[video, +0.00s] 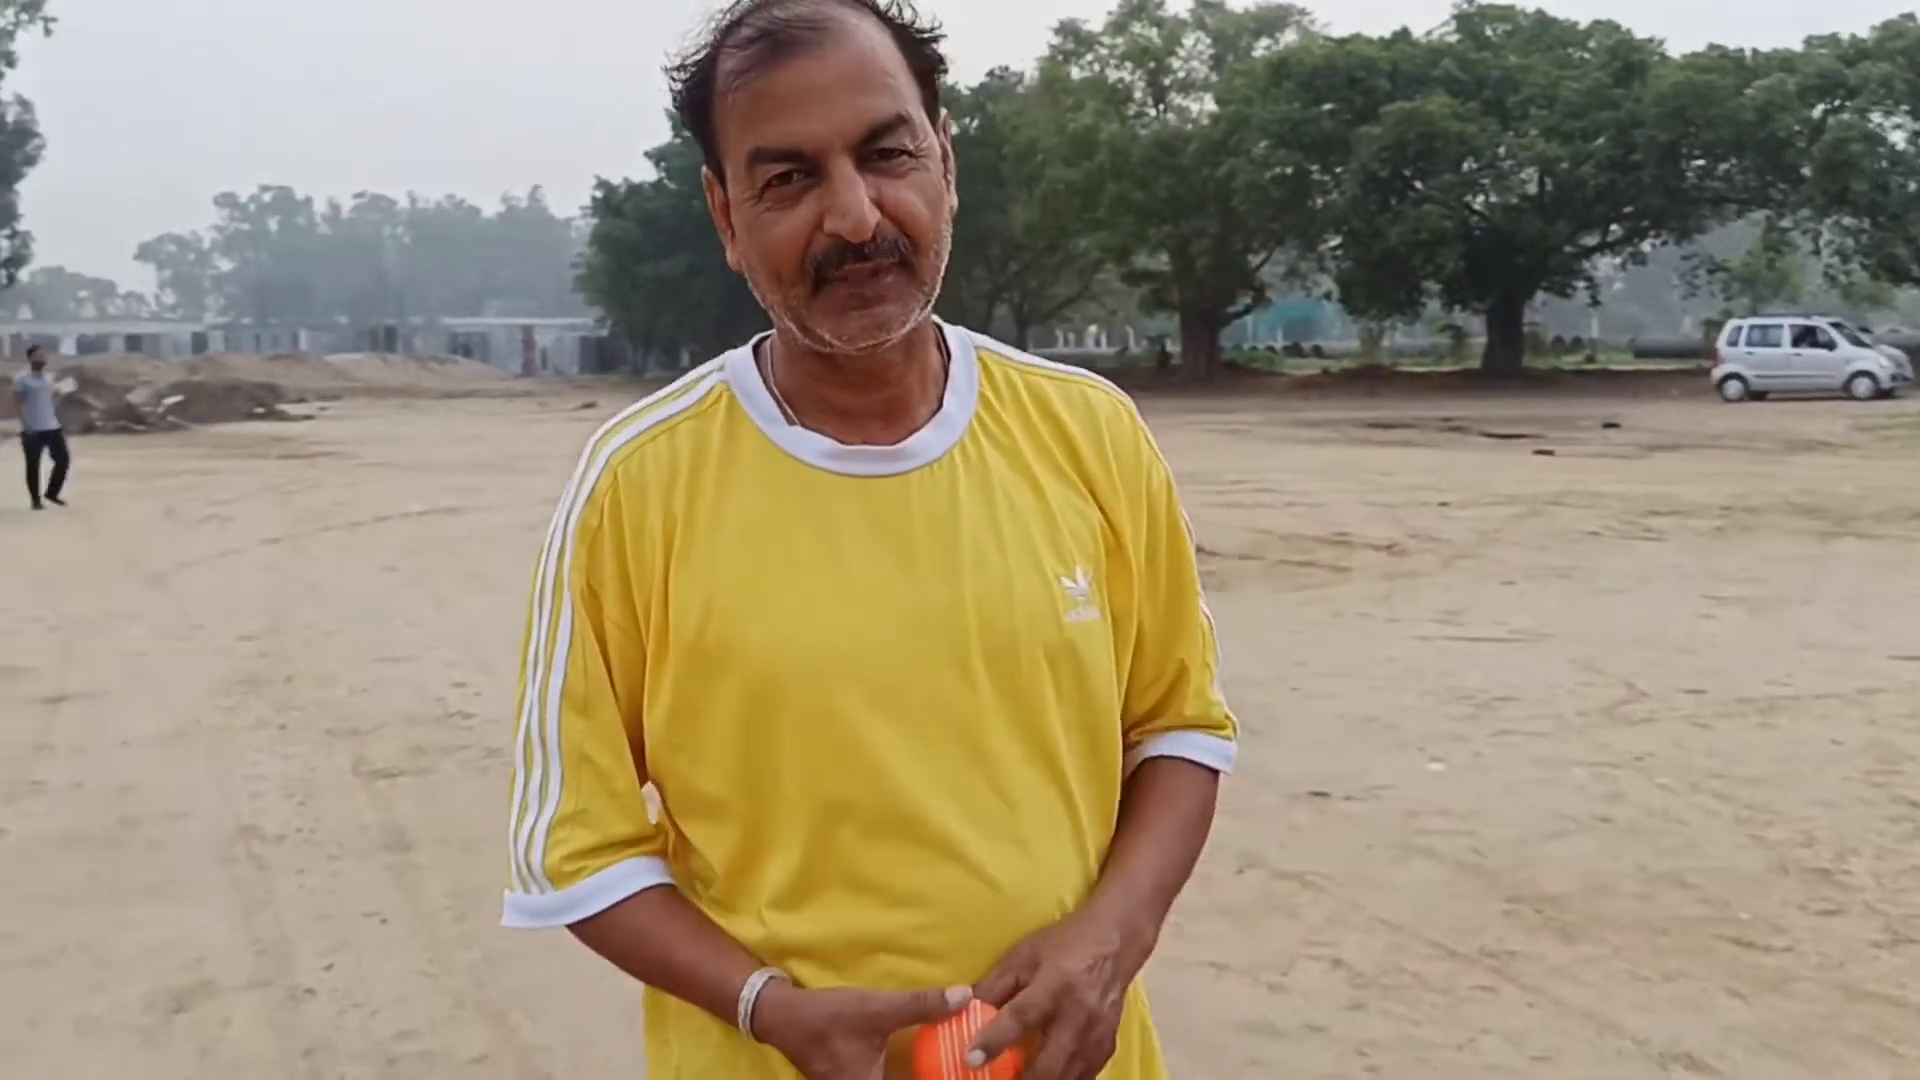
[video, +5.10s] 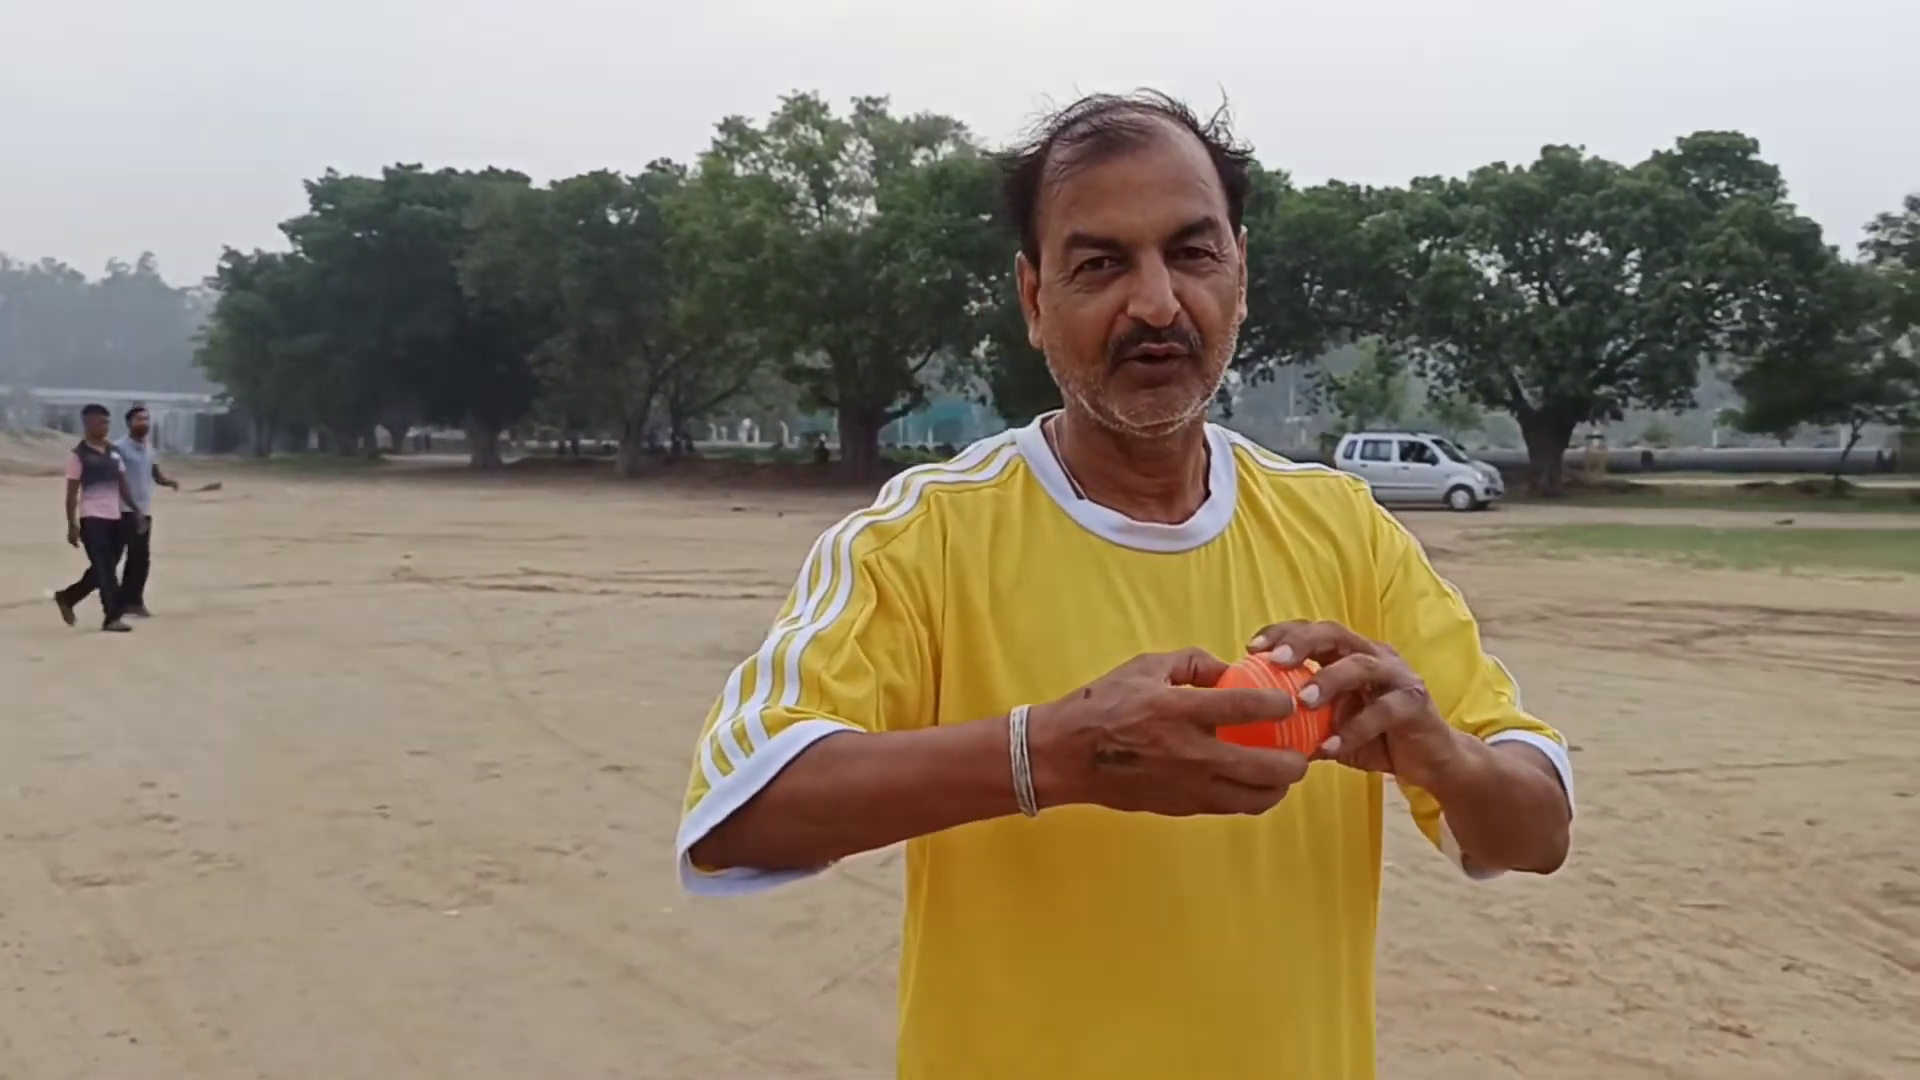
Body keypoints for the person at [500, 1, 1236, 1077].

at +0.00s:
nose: (854, 216)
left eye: (888, 153)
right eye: (790, 178)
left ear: (948, 169)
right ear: (726, 222)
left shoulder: (1091, 434)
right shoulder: (636, 483)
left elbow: (1184, 725)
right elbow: (580, 850)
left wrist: (1112, 935)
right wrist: (776, 1008)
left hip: (1078, 1050)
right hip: (763, 1056)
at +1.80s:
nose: (1009, 187)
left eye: (1048, 134)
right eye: (953, 147)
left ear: (1104, 163)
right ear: (890, 192)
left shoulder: (1244, 423)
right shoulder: (798, 454)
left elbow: (1340, 718)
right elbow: (731, 778)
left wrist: (1228, 908)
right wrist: (883, 935)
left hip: (1214, 1051)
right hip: (908, 1055)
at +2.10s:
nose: (1114, 209)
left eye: (1153, 155)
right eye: (1059, 166)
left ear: (1203, 168)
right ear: (991, 195)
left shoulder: (1334, 420)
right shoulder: (897, 450)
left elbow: (1426, 708)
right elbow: (822, 771)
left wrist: (1351, 875)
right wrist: (993, 906)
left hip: (1303, 1046)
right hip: (1011, 1053)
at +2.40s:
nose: (1223, 259)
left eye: (1263, 204)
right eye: (1169, 214)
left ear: (1306, 183)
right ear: (1092, 203)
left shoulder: (1424, 421)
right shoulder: (996, 444)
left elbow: (1528, 699)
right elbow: (907, 771)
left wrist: (1478, 808)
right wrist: (1091, 831)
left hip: (1389, 1045)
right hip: (1102, 1049)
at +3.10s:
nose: (1292, 193)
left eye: (1327, 151)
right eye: (1239, 156)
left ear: (1370, 181)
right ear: (1171, 199)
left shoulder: (1480, 430)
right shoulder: (1062, 440)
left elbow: (1646, 726)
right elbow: (909, 707)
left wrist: (1569, 703)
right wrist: (1179, 688)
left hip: (1424, 1034)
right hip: (1148, 1037)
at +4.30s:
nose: (1262, 281)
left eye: (1302, 233)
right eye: (1204, 245)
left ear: (1360, 266)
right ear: (1146, 295)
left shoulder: (1485, 533)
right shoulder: (1031, 542)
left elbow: (1685, 870)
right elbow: (822, 819)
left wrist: (1535, 743)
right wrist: (1121, 772)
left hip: (1427, 1050)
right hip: (1110, 1048)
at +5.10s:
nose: (1156, 303)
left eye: (1190, 253)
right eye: (1099, 264)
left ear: (1241, 275)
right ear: (1034, 303)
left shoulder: (1345, 531)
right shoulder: (922, 537)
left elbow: (1538, 833)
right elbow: (738, 808)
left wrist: (1445, 759)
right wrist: (1045, 756)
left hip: (1300, 1057)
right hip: (999, 1059)